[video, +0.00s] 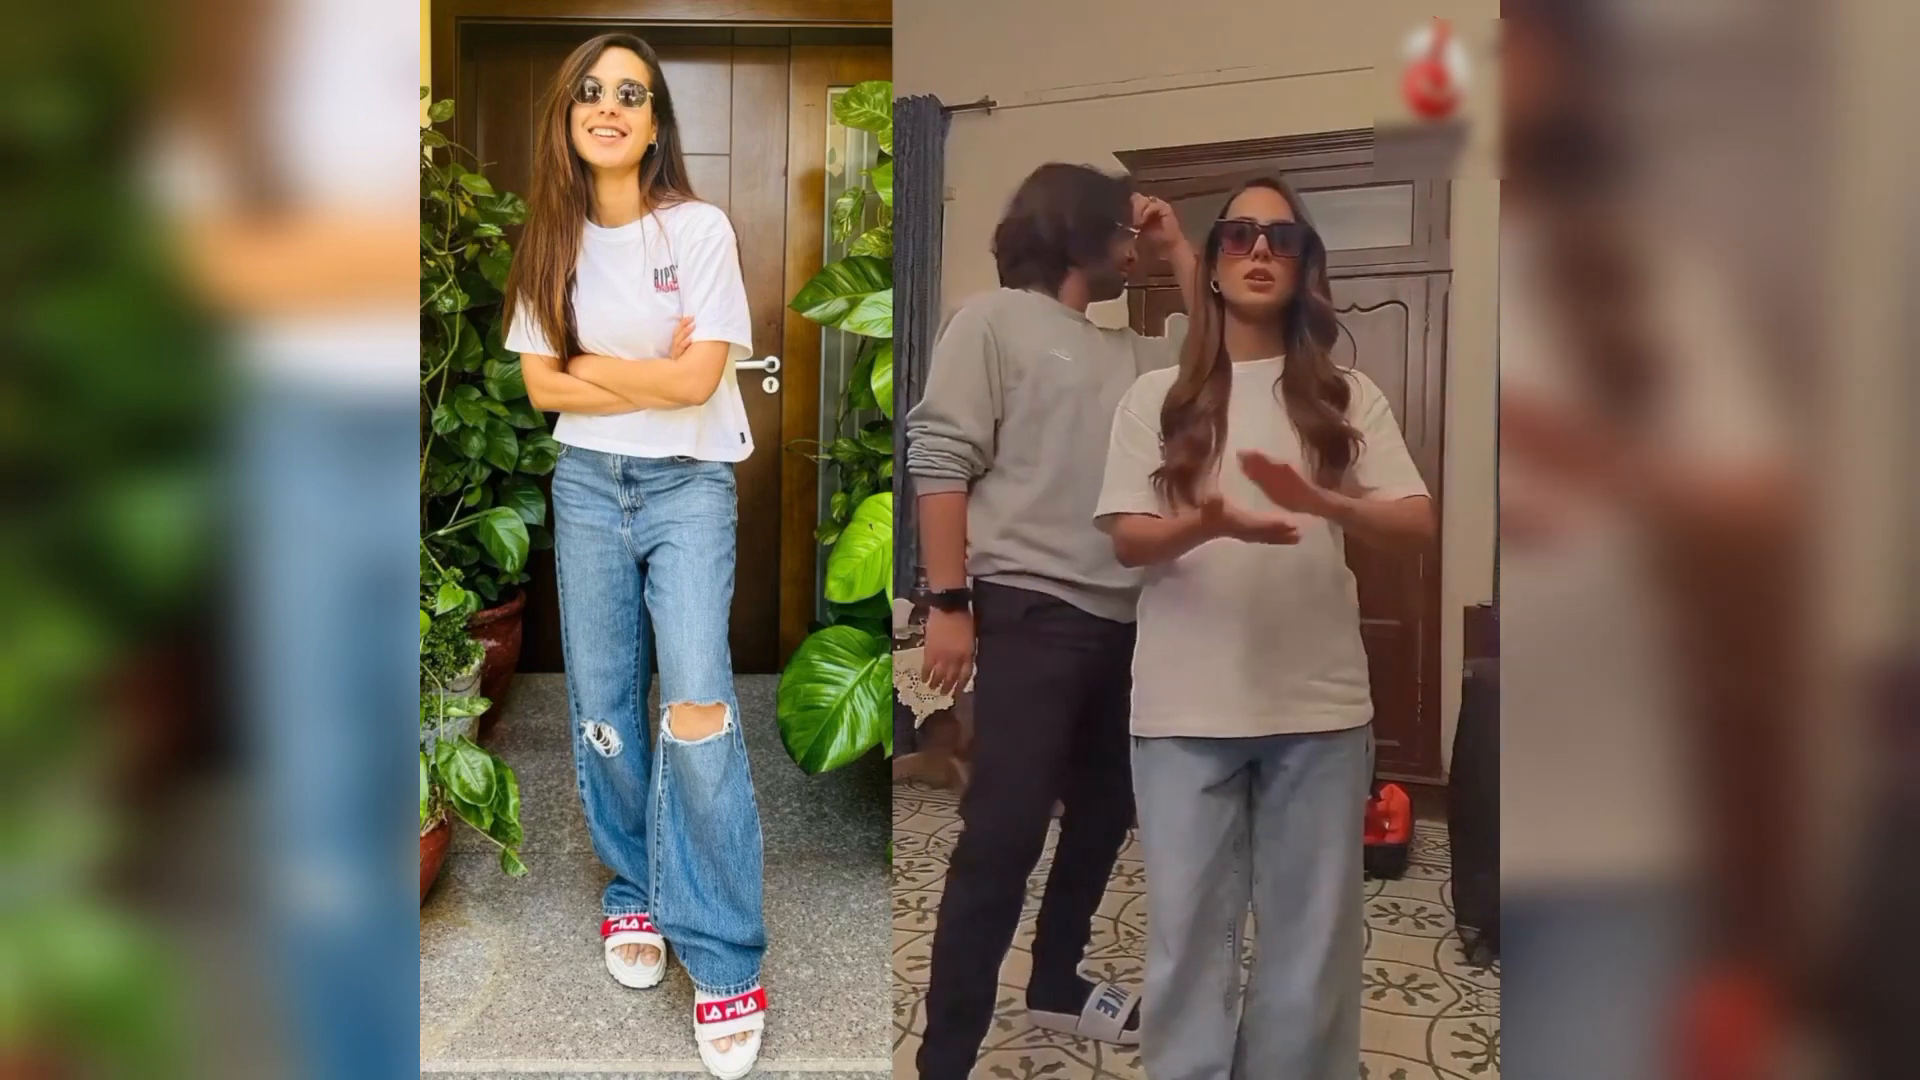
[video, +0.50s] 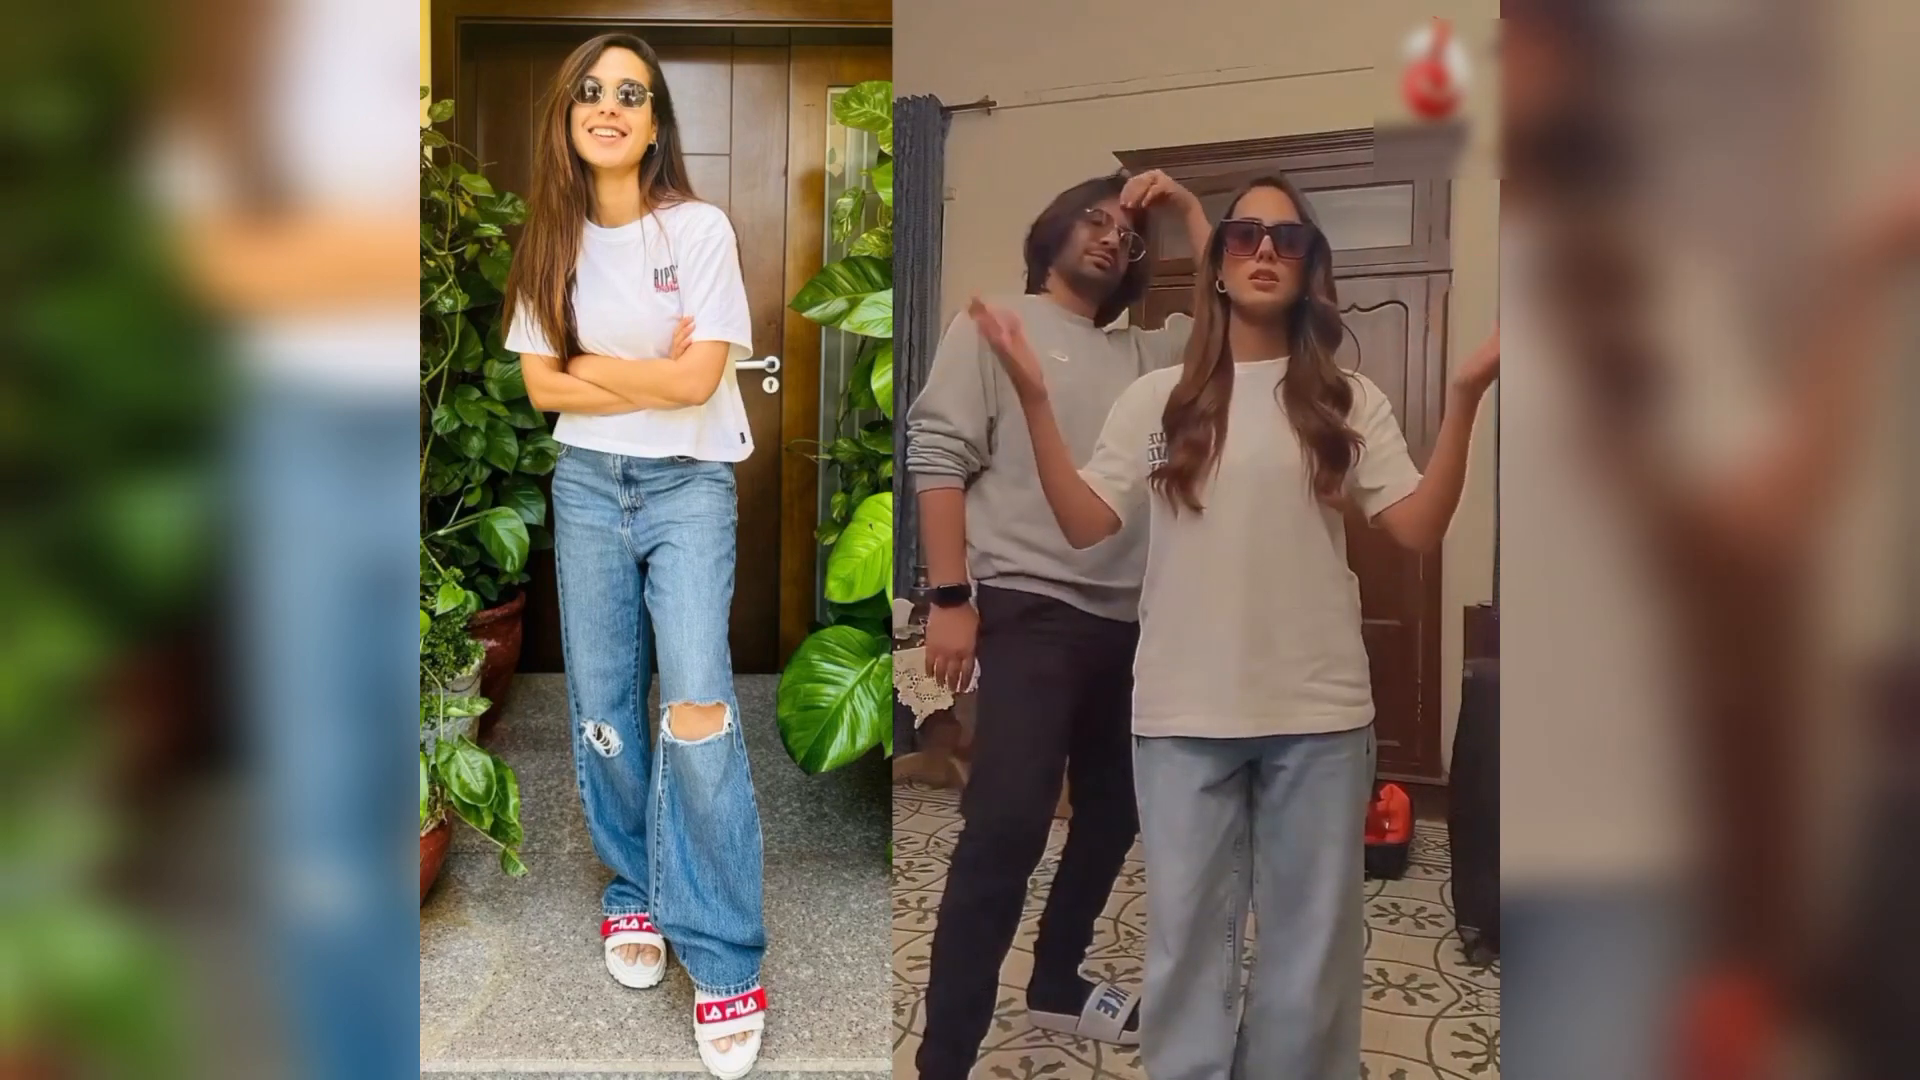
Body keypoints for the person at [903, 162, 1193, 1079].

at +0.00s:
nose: (1129, 243)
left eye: (1130, 228)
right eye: (1120, 228)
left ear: (1057, 236)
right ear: (1081, 235)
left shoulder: (1125, 345)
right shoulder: (993, 321)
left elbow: (1212, 369)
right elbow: (941, 461)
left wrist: (1182, 263)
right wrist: (947, 602)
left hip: (1123, 621)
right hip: (1026, 614)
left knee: (1101, 814)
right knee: (1001, 836)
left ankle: (1055, 992)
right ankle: (946, 1058)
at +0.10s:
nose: (1132, 241)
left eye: (1132, 226)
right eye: (1123, 227)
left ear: (1056, 235)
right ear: (1083, 235)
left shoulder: (1129, 340)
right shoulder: (993, 321)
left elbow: (1213, 359)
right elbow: (943, 461)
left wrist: (1185, 252)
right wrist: (949, 598)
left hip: (1124, 620)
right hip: (1024, 612)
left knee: (1100, 812)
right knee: (996, 836)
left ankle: (1056, 992)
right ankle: (944, 1058)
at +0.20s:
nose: (1135, 237)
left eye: (1135, 222)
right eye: (1123, 222)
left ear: (1073, 236)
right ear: (1078, 230)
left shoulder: (1132, 339)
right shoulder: (990, 324)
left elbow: (1214, 363)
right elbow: (944, 461)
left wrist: (1188, 250)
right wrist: (951, 598)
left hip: (1125, 619)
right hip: (1023, 611)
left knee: (1104, 812)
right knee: (994, 839)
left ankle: (1056, 991)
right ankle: (942, 1061)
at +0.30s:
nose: (1125, 241)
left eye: (1133, 229)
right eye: (1109, 223)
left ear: (1133, 251)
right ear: (1057, 233)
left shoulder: (1140, 341)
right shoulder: (992, 324)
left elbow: (1217, 367)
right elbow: (942, 461)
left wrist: (1189, 243)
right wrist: (952, 601)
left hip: (1127, 620)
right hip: (1023, 612)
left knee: (1111, 812)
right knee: (999, 834)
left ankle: (1057, 993)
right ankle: (944, 1059)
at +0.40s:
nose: (1114, 237)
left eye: (1129, 231)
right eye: (1099, 219)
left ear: (1135, 259)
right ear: (1054, 230)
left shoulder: (1147, 345)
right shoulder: (994, 322)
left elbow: (1229, 329)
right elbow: (939, 455)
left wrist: (1184, 229)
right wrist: (952, 598)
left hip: (1128, 617)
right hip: (1024, 606)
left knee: (1110, 813)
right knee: (1004, 829)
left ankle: (1056, 991)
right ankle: (944, 1060)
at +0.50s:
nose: (1113, 236)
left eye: (1128, 231)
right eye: (1098, 218)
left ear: (1135, 262)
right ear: (1054, 232)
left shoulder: (1146, 346)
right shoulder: (995, 325)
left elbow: (1224, 324)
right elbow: (937, 456)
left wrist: (1189, 220)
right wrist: (950, 596)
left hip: (1128, 621)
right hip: (1025, 610)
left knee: (1110, 816)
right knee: (1005, 830)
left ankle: (1057, 992)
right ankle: (945, 1058)